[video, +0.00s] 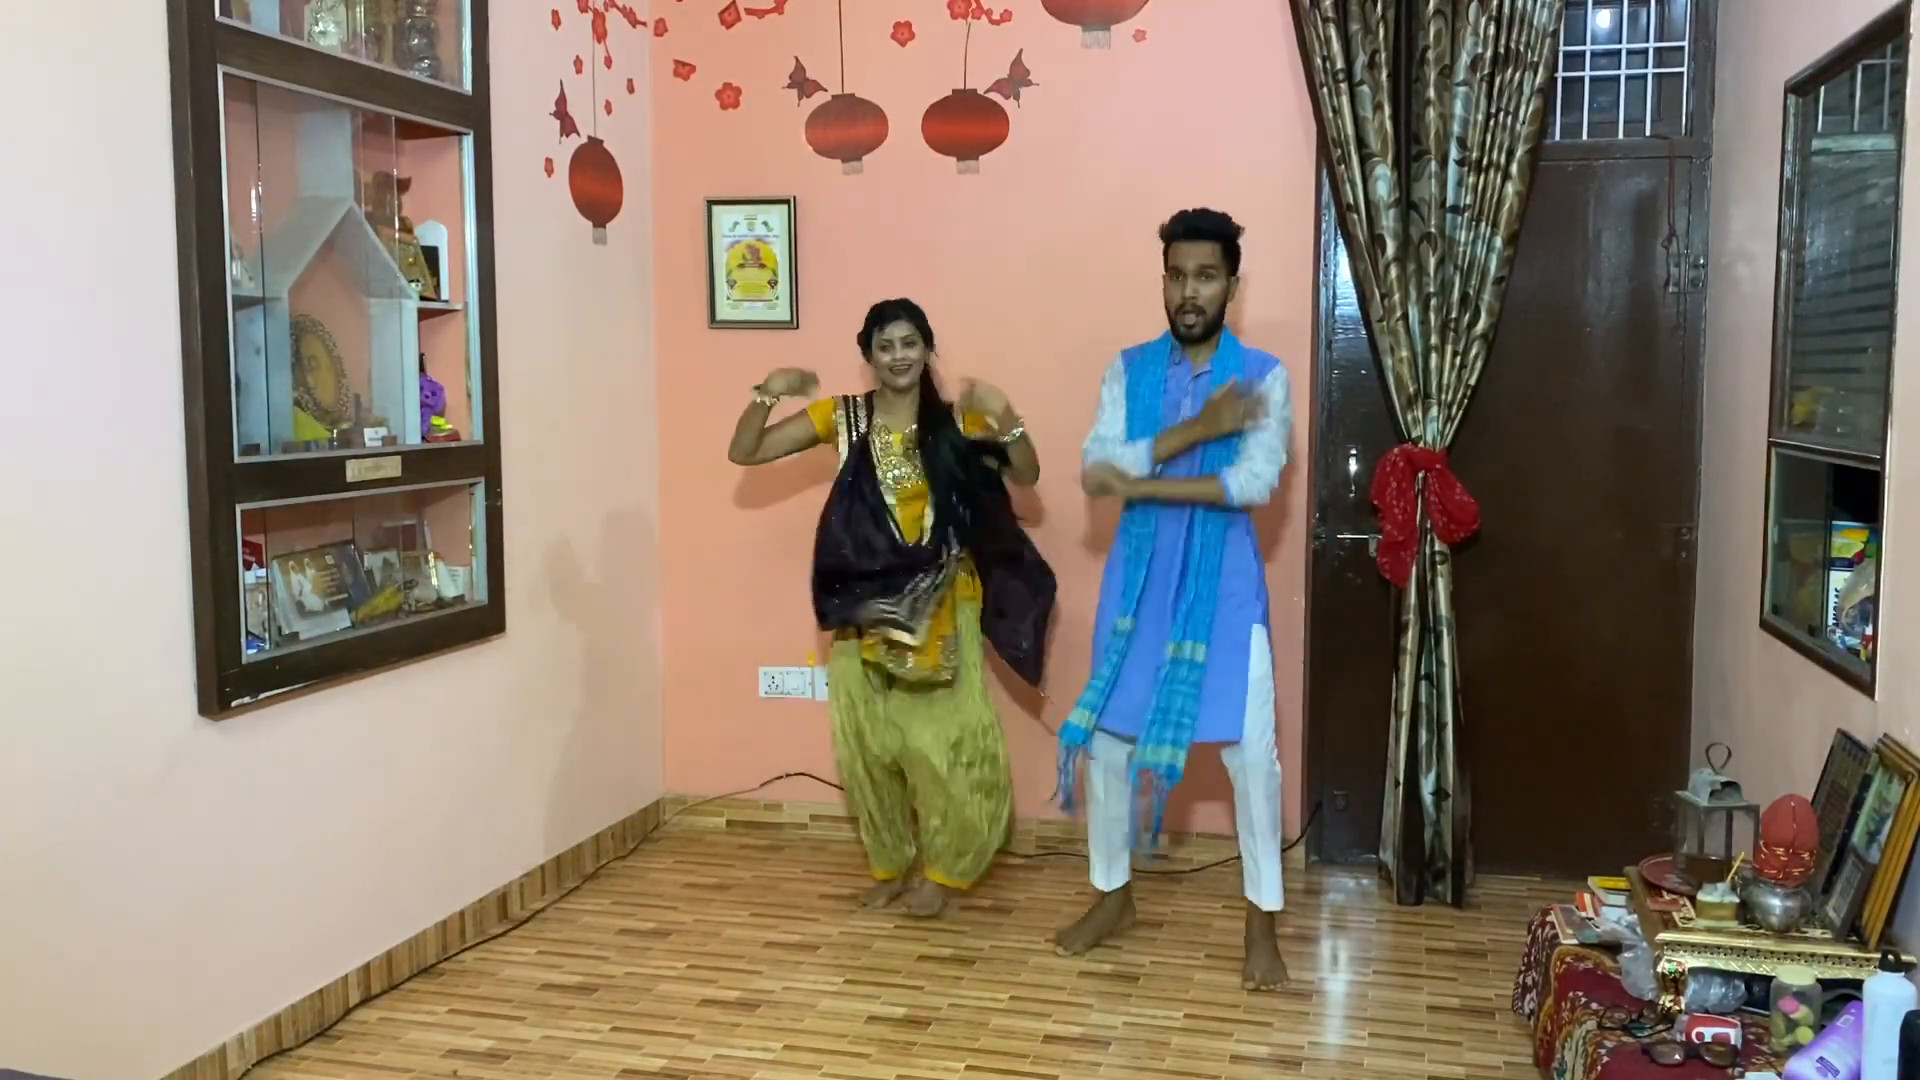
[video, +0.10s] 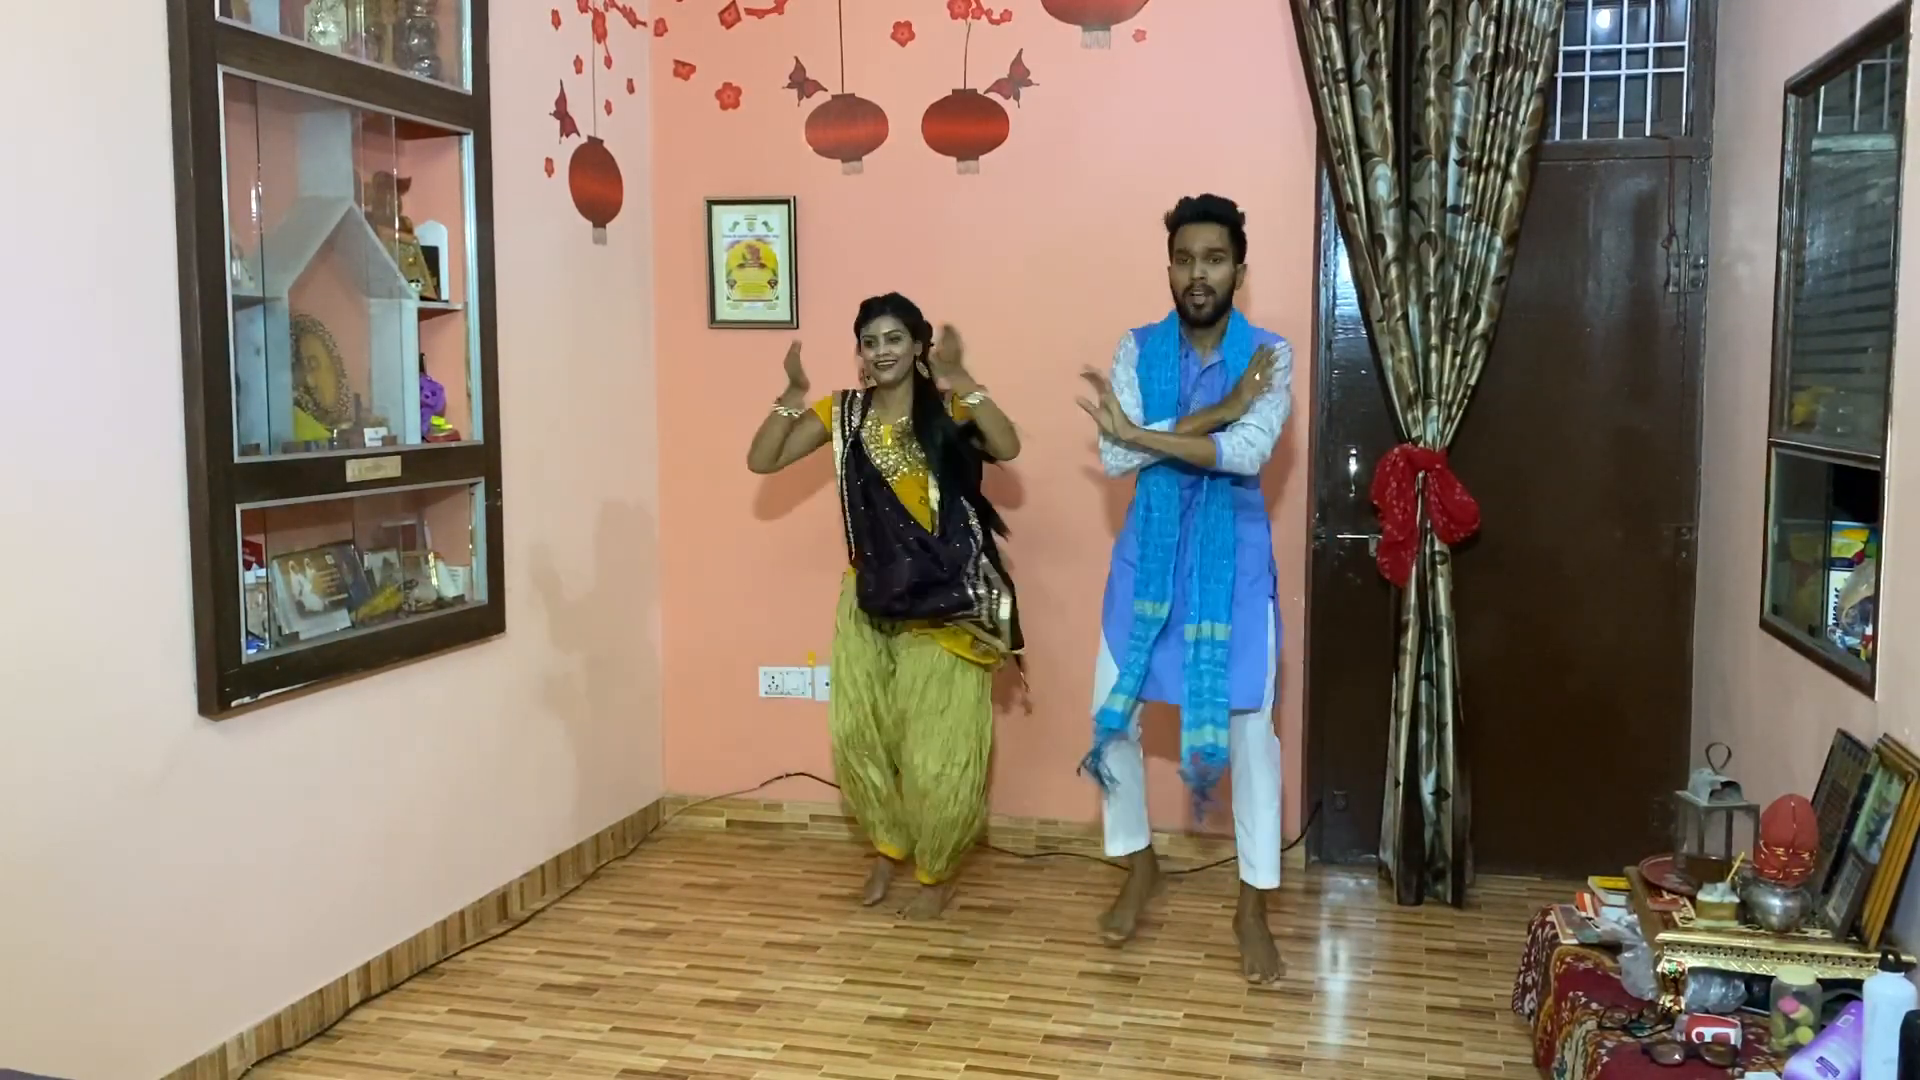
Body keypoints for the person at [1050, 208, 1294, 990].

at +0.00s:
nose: (1190, 291)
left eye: (1206, 276)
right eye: (1177, 275)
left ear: (1233, 284)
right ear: (1161, 282)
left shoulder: (1262, 375)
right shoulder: (1130, 369)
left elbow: (1252, 483)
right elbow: (1096, 471)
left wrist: (1136, 486)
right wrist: (1200, 428)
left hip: (1226, 585)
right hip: (1141, 583)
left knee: (1250, 747)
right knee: (1108, 738)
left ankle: (1262, 917)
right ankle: (1111, 893)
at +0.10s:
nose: (1199, 273)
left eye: (1215, 258)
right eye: (1185, 259)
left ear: (1241, 267)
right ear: (1167, 266)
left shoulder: (1267, 355)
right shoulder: (1137, 350)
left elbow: (1246, 453)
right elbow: (1111, 454)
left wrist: (1133, 434)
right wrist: (1222, 409)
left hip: (1234, 558)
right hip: (1150, 553)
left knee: (1248, 722)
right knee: (1111, 711)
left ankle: (1254, 905)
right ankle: (1135, 867)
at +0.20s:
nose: (1196, 305)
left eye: (1212, 289)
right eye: (1184, 290)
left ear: (1240, 296)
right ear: (1169, 296)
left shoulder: (1271, 378)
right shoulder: (1143, 373)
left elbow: (1275, 483)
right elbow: (1114, 475)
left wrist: (1189, 479)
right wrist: (1187, 457)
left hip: (1242, 582)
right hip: (1154, 580)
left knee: (1249, 750)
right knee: (1138, 735)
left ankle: (1241, 907)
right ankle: (1170, 890)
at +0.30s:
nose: (1192, 350)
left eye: (1209, 335)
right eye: (1181, 335)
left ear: (1241, 339)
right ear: (1169, 339)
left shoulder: (1280, 417)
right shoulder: (1145, 414)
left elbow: (1320, 501)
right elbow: (1085, 517)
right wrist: (1106, 486)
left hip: (1252, 598)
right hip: (1162, 601)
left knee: (1297, 749)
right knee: (1162, 760)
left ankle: (1254, 895)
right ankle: (1179, 913)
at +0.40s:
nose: (1184, 380)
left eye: (1201, 365)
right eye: (1176, 365)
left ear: (1242, 367)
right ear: (1170, 365)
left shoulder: (1291, 438)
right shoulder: (1151, 438)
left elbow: (1353, 508)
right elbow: (1078, 521)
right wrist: (1045, 505)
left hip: (1262, 606)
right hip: (1172, 607)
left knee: (1295, 756)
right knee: (1153, 751)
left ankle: (1281, 887)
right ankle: (1173, 909)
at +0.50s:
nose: (1175, 384)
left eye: (1190, 372)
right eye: (1174, 369)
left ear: (1242, 379)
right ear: (1182, 375)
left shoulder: (1303, 447)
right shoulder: (1165, 445)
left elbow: (1388, 513)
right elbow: (1083, 513)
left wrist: (1497, 546)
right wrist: (1016, 501)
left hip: (1276, 610)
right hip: (1187, 608)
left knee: (1293, 754)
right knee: (1136, 732)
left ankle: (1277, 899)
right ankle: (1162, 889)